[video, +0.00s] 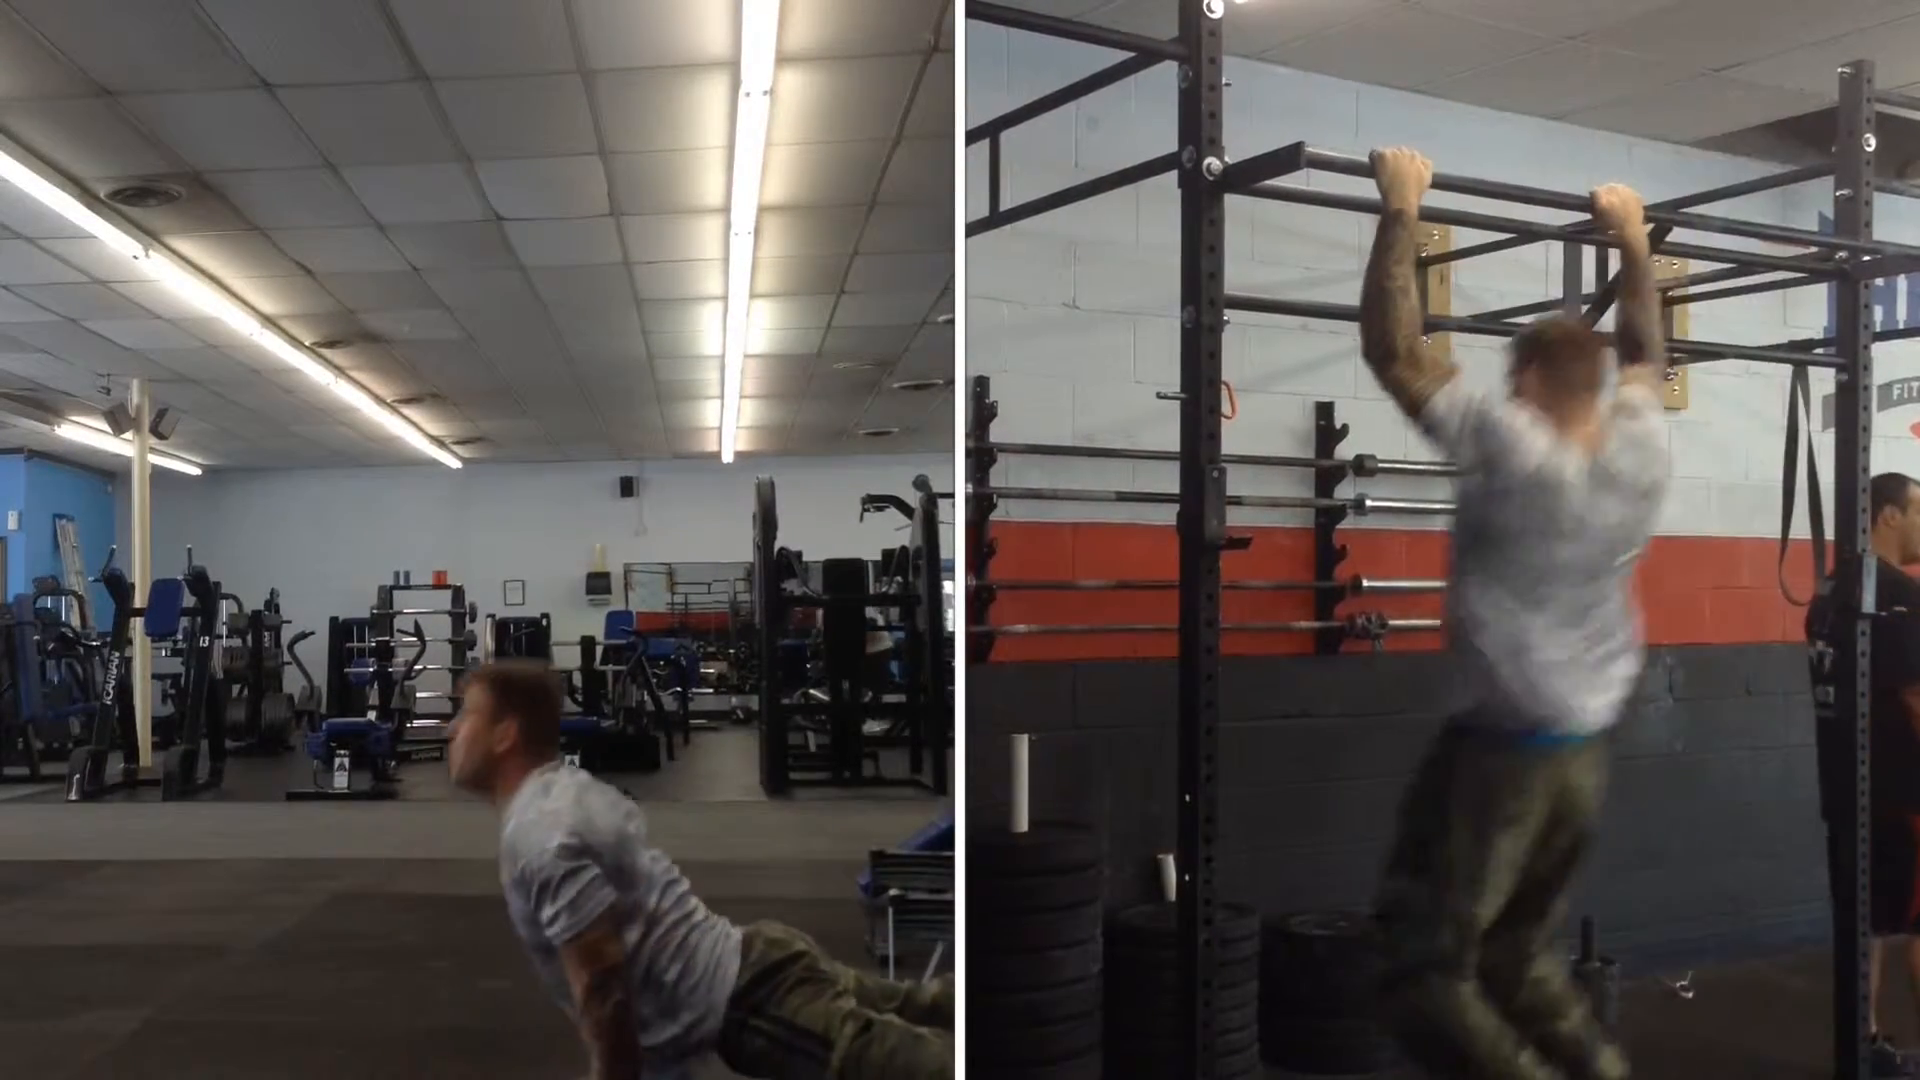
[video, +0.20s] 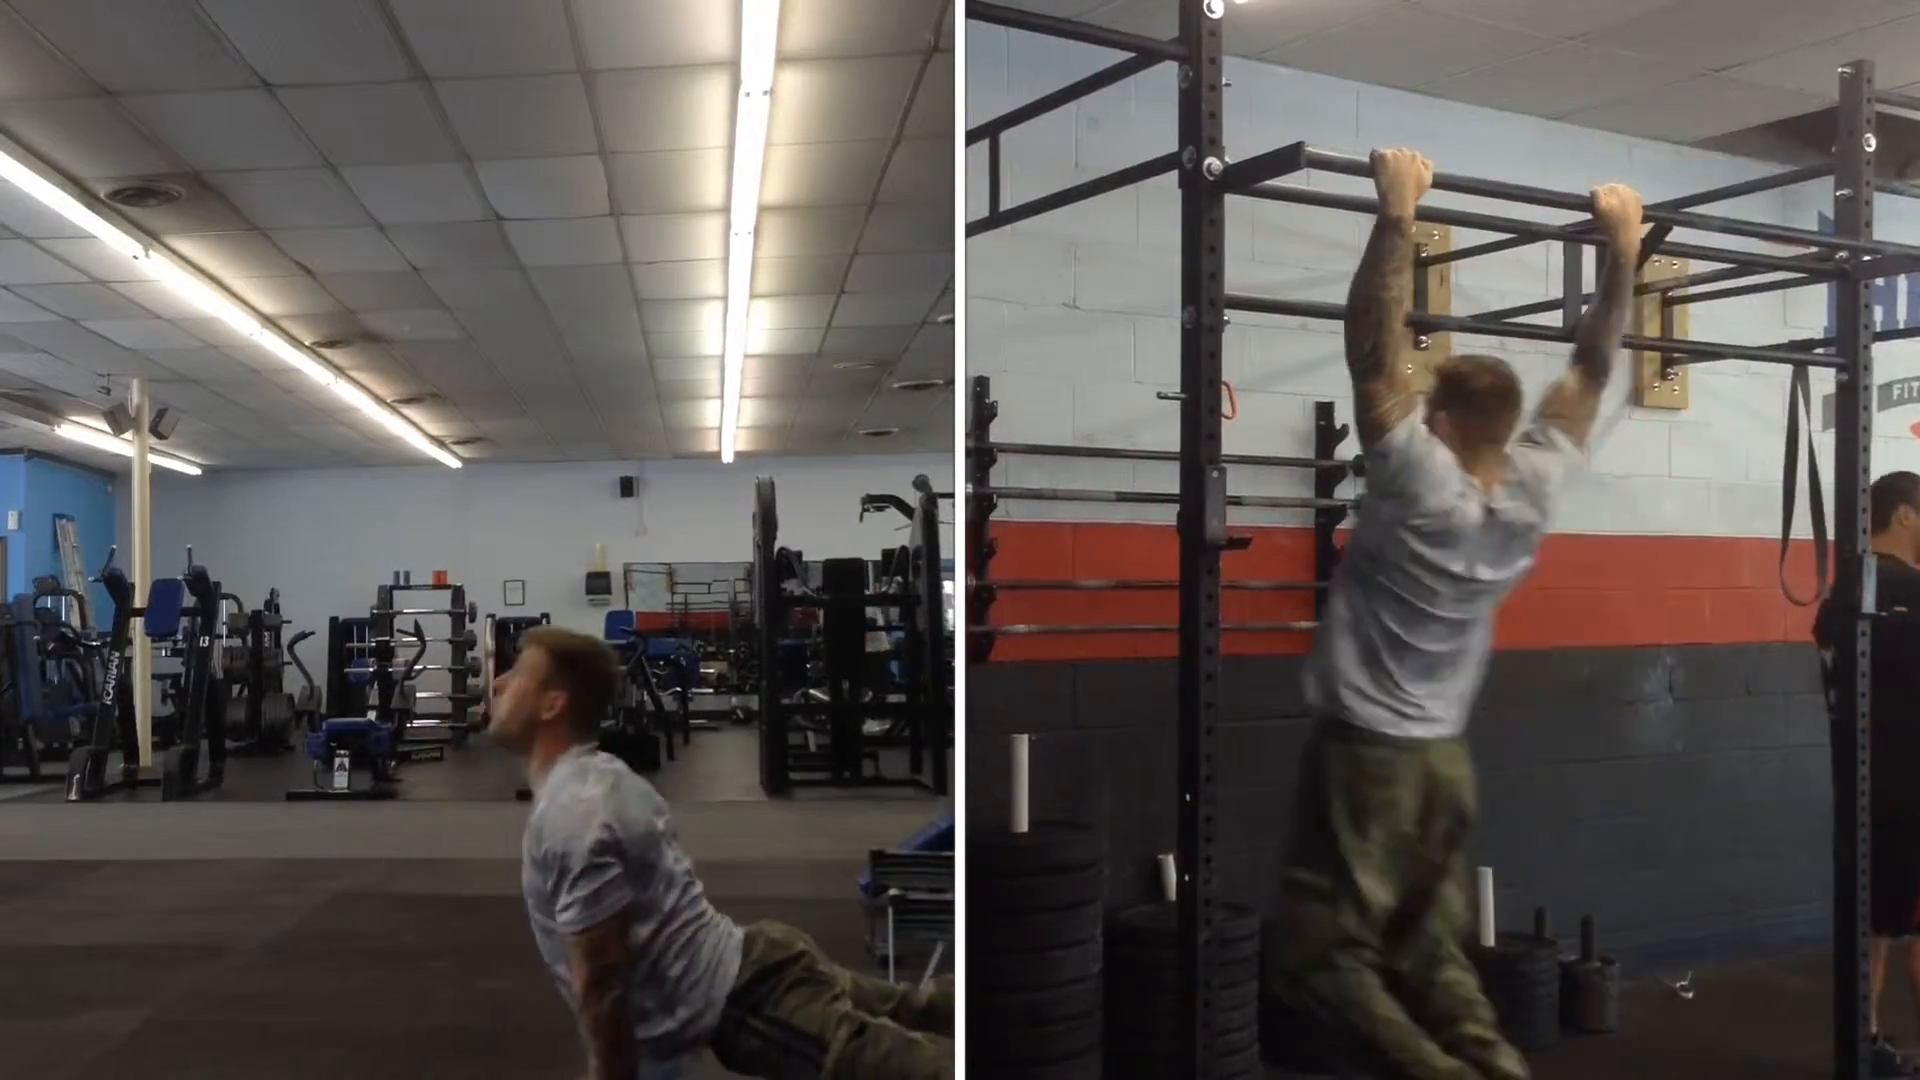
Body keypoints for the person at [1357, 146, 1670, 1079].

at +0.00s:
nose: (1513, 379)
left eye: (1521, 366)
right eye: (1523, 366)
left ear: (1530, 376)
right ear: (1602, 383)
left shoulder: (1506, 445)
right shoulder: (1639, 456)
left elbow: (1392, 352)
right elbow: (1643, 357)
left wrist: (1398, 213)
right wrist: (1635, 245)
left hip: (1500, 755)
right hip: (1585, 760)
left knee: (1424, 967)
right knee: (1518, 960)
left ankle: (1526, 1069)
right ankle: (1601, 1067)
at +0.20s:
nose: (1422, 391)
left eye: (1431, 388)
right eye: (1431, 383)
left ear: (1440, 421)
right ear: (1507, 432)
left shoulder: (1410, 485)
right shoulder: (1524, 502)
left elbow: (1372, 344)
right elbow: (1590, 372)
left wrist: (1394, 217)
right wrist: (1620, 263)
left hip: (1366, 754)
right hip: (1446, 756)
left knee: (1320, 954)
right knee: (1427, 948)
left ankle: (1437, 1070)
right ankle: (1500, 1066)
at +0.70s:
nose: (1560, 373)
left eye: (1568, 363)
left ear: (1572, 379)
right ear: (1643, 401)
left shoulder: (1511, 451)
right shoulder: (1653, 487)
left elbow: (1406, 353)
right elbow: (1636, 375)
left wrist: (1402, 211)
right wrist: (1635, 257)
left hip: (1397, 592)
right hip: (1464, 639)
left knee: (1241, 493)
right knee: (1320, 539)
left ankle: (1122, 547)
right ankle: (1216, 577)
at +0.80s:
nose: (1600, 271)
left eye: (1608, 260)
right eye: (1608, 255)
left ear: (1617, 276)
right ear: (1683, 295)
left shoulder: (1556, 354)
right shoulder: (1698, 392)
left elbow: (1403, 320)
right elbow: (1657, 323)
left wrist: (1402, 203)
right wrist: (1630, 238)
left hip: (1441, 469)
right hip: (1504, 512)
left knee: (1253, 442)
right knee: (1344, 473)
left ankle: (1133, 556)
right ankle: (1247, 574)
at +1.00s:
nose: (1533, 15)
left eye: (1536, 10)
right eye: (1537, 11)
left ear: (1556, 5)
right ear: (1623, 8)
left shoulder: (1547, 51)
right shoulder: (1704, 100)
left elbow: (1490, 162)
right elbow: (1754, 240)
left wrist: (1407, 158)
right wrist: (1667, 187)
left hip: (1492, 346)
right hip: (1572, 384)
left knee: (1331, 408)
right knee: (1398, 453)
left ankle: (1255, 577)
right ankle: (1306, 564)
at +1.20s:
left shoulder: (1473, 11)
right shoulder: (1606, 20)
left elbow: (1446, 12)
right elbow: (1724, 69)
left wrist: (1394, 124)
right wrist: (1659, 158)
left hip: (1572, 254)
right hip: (1665, 273)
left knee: (1448, 426)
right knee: (1530, 456)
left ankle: (1359, 631)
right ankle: (1424, 588)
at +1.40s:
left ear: (1413, 28)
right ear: (1480, 21)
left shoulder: (1418, 35)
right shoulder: (1558, 50)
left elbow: (1380, 3)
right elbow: (1662, 45)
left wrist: (1386, 126)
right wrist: (1642, 143)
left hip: (1586, 204)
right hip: (1677, 213)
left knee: (1533, 449)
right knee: (1619, 454)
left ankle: (1519, 691)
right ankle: (1579, 662)